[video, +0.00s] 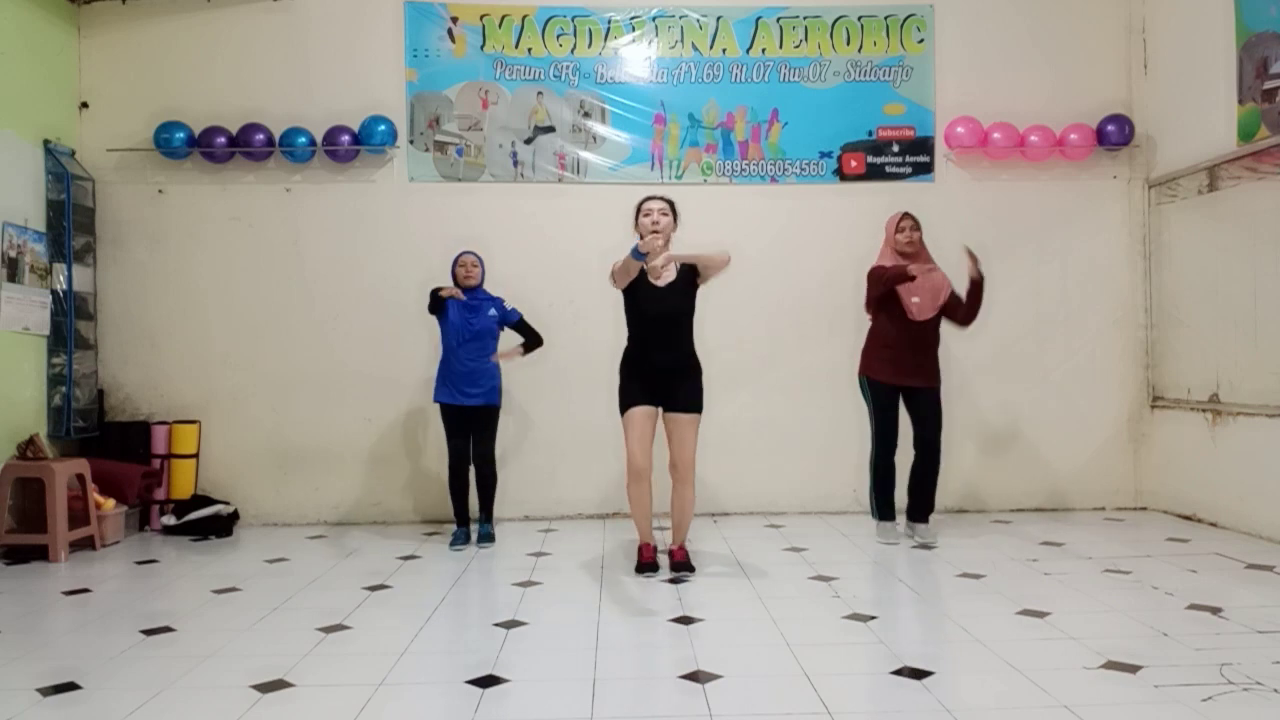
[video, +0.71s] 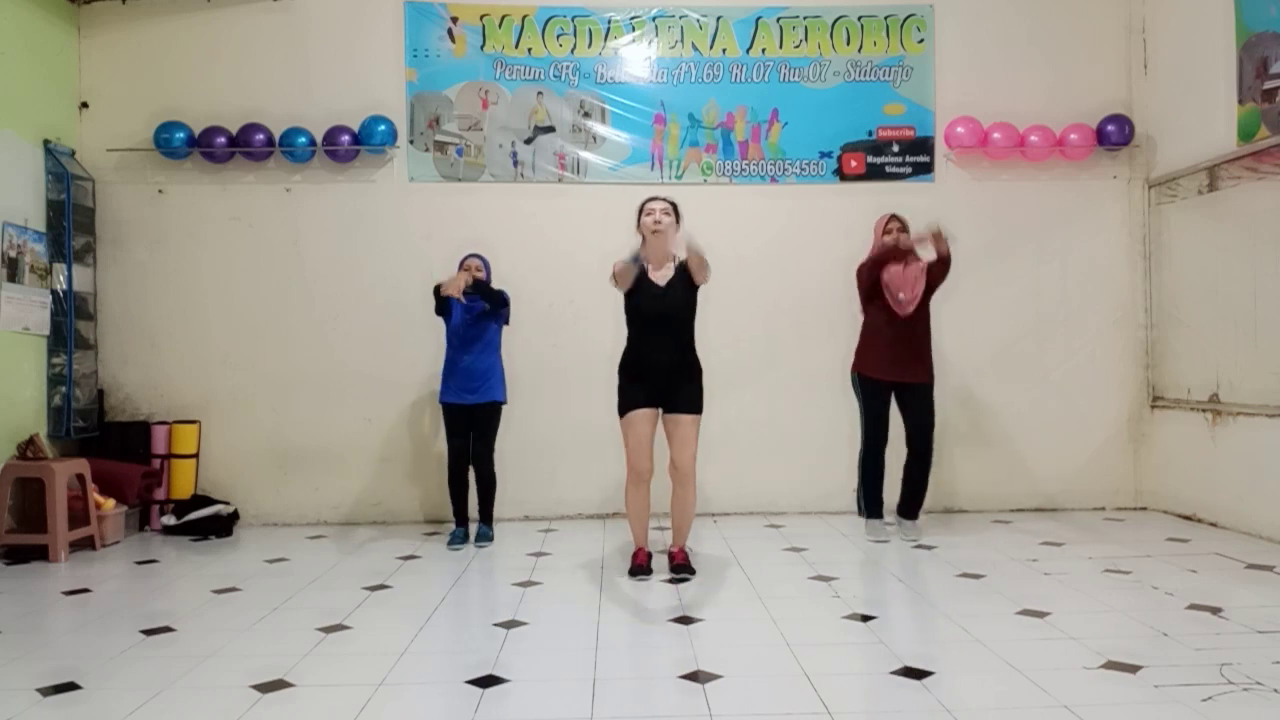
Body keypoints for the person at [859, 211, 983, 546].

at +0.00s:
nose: (910, 234)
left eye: (914, 229)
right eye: (902, 230)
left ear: (922, 236)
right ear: (891, 239)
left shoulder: (934, 278)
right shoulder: (880, 274)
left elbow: (963, 316)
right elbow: (871, 306)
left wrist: (976, 281)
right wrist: (896, 277)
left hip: (922, 373)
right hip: (880, 371)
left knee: (929, 445)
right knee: (885, 443)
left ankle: (918, 520)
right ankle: (885, 519)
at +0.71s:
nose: (897, 236)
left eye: (902, 231)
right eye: (889, 231)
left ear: (909, 239)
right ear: (878, 241)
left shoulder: (922, 273)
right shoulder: (868, 274)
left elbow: (941, 266)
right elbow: (876, 261)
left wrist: (940, 249)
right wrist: (904, 244)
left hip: (914, 369)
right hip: (874, 368)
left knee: (921, 444)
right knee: (874, 441)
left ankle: (908, 516)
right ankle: (873, 515)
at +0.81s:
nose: (899, 234)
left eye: (904, 229)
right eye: (893, 230)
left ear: (911, 234)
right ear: (882, 237)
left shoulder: (924, 265)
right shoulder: (870, 268)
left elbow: (943, 246)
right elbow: (864, 258)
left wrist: (933, 216)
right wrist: (879, 229)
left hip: (917, 361)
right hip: (875, 360)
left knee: (918, 438)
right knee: (873, 435)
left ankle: (908, 513)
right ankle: (874, 511)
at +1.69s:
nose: (891, 224)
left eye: (895, 219)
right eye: (884, 220)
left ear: (902, 226)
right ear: (872, 228)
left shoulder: (915, 257)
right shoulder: (859, 258)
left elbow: (949, 270)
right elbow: (860, 274)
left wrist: (941, 256)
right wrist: (893, 258)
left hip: (911, 356)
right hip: (871, 356)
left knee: (912, 434)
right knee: (872, 430)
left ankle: (907, 509)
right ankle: (868, 508)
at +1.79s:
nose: (891, 232)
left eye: (895, 226)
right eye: (883, 227)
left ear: (903, 234)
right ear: (871, 236)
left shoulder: (917, 273)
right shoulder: (860, 275)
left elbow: (939, 291)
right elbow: (868, 303)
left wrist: (951, 307)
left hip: (912, 368)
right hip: (871, 368)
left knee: (914, 443)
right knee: (869, 442)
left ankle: (904, 514)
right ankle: (864, 517)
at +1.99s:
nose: (895, 213)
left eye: (900, 209)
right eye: (887, 210)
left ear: (907, 218)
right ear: (876, 221)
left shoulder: (923, 254)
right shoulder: (864, 258)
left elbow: (936, 304)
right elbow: (860, 312)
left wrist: (936, 345)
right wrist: (883, 352)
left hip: (914, 353)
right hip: (871, 353)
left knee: (919, 431)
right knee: (869, 429)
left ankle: (908, 505)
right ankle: (866, 508)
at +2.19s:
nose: (903, 225)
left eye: (907, 220)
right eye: (895, 221)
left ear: (914, 229)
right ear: (883, 231)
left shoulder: (931, 271)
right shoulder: (872, 270)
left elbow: (942, 321)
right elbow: (854, 318)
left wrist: (937, 359)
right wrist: (829, 340)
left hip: (915, 368)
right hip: (874, 364)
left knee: (915, 443)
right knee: (871, 436)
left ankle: (907, 517)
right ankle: (867, 511)